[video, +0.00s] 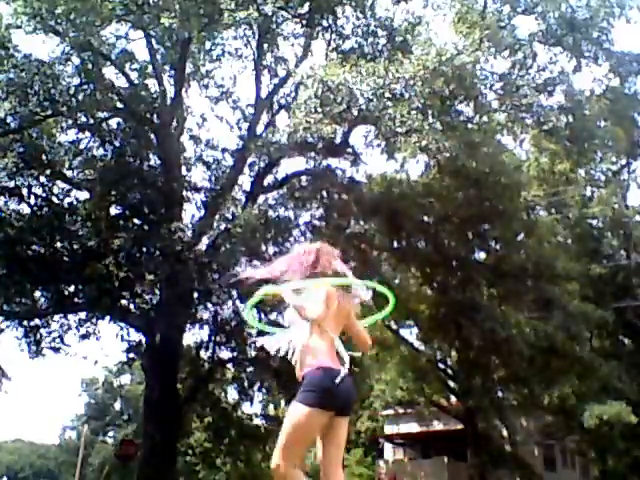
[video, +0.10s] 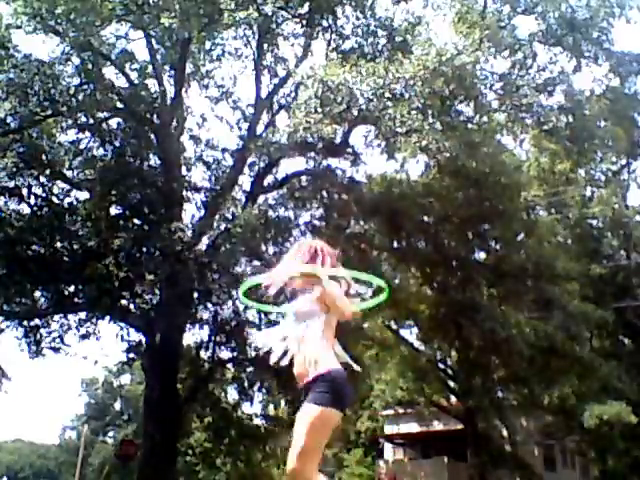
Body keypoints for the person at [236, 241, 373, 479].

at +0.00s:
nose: (295, 276)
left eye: (297, 271)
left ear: (308, 266)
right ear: (332, 264)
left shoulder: (319, 287)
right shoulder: (346, 302)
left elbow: (317, 313)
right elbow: (365, 344)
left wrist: (287, 294)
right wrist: (352, 315)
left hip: (319, 378)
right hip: (343, 379)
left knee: (283, 465)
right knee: (332, 470)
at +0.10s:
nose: (291, 278)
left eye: (296, 271)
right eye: (291, 272)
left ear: (310, 267)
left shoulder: (324, 292)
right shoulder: (301, 302)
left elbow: (347, 311)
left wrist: (323, 276)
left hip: (327, 382)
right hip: (310, 385)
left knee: (299, 468)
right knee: (306, 470)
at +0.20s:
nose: (305, 261)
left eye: (313, 254)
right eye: (302, 254)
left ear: (323, 261)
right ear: (296, 262)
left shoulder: (332, 291)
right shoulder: (292, 298)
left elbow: (372, 308)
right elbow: (281, 321)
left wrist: (355, 271)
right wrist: (267, 294)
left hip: (331, 383)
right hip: (297, 388)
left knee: (307, 466)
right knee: (280, 465)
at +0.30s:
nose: (323, 261)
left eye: (329, 257)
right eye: (318, 254)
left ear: (333, 264)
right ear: (302, 256)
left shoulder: (337, 293)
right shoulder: (280, 290)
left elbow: (380, 303)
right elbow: (247, 297)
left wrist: (372, 267)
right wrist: (240, 264)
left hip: (331, 382)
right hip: (291, 383)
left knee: (315, 457)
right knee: (286, 458)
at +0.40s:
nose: (328, 256)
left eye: (332, 253)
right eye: (323, 248)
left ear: (334, 261)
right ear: (304, 249)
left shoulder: (335, 286)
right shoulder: (280, 278)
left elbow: (363, 296)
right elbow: (233, 266)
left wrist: (363, 260)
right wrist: (239, 228)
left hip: (325, 380)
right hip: (286, 378)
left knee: (317, 463)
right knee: (283, 462)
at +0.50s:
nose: (333, 262)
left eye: (333, 255)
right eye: (329, 253)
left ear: (316, 253)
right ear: (310, 251)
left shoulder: (321, 291)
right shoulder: (287, 273)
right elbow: (255, 238)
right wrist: (265, 195)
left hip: (312, 384)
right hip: (282, 379)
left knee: (318, 462)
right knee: (281, 462)